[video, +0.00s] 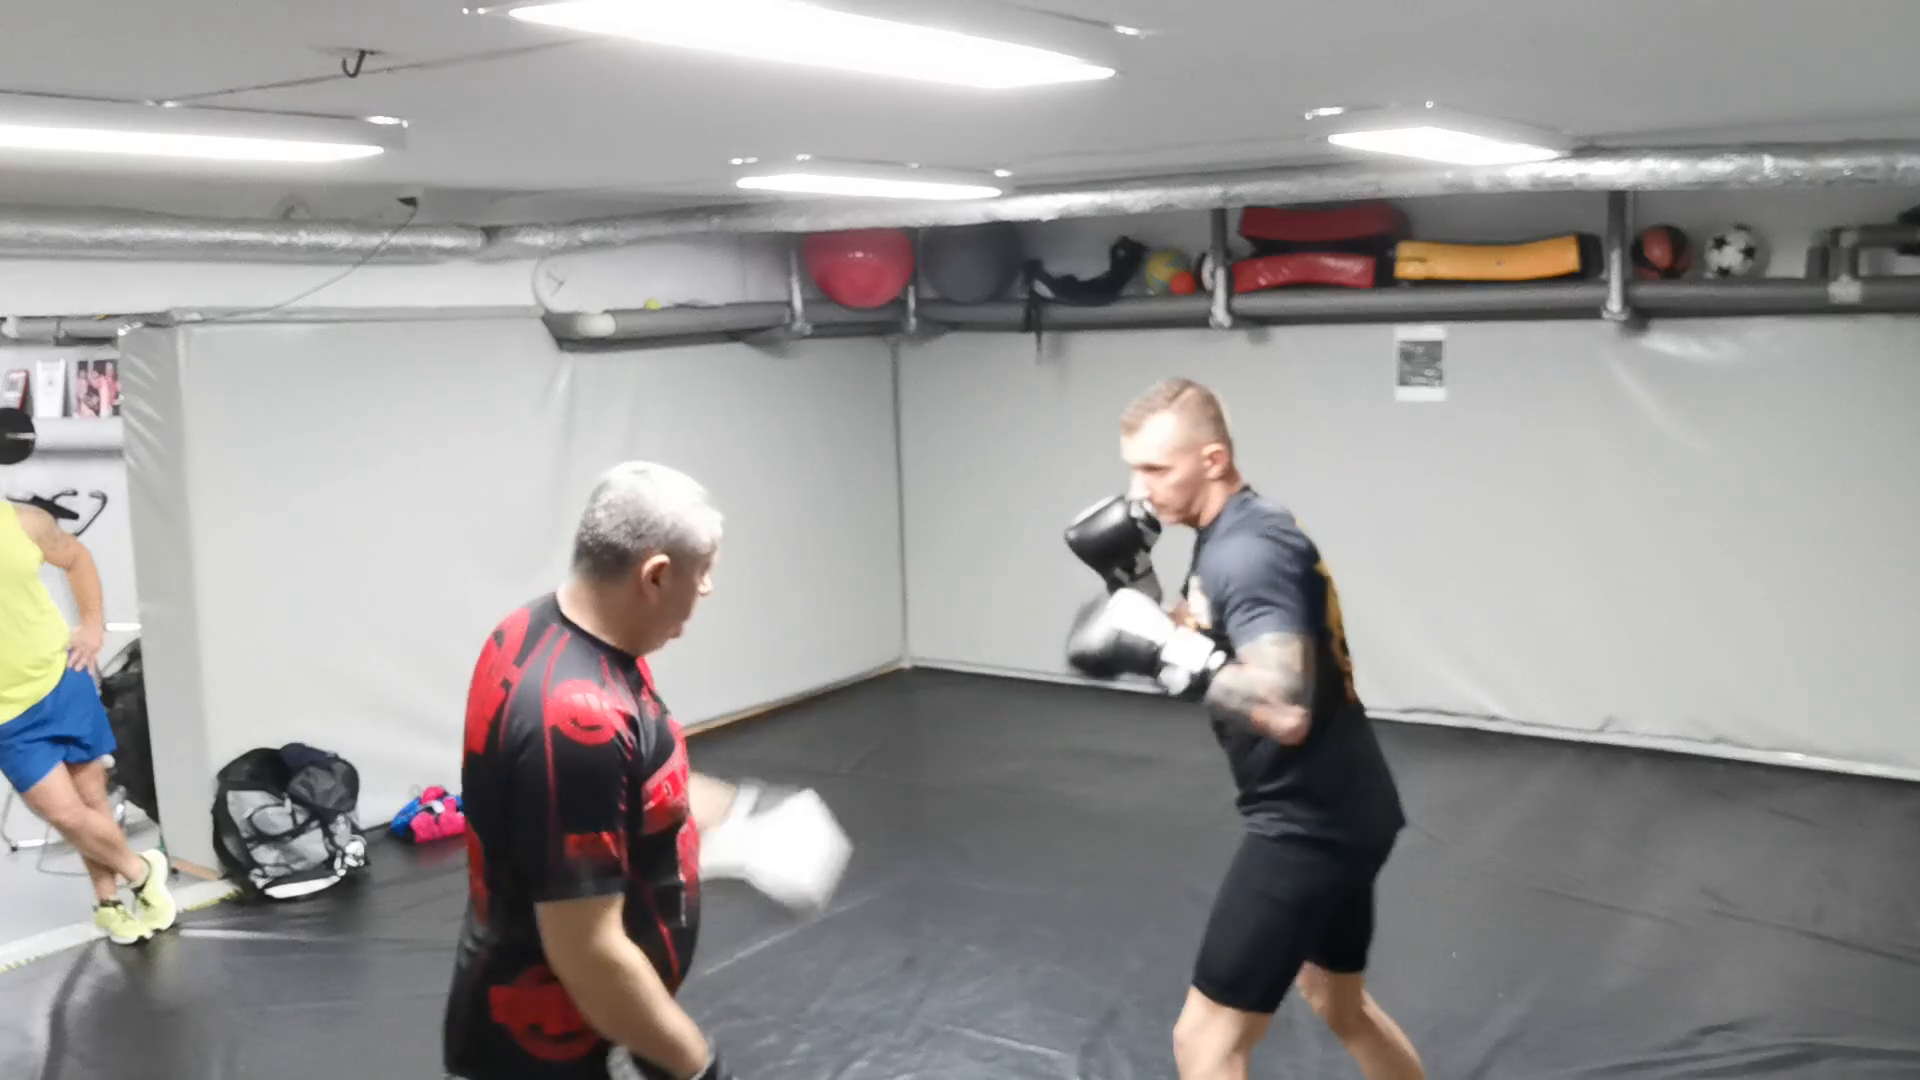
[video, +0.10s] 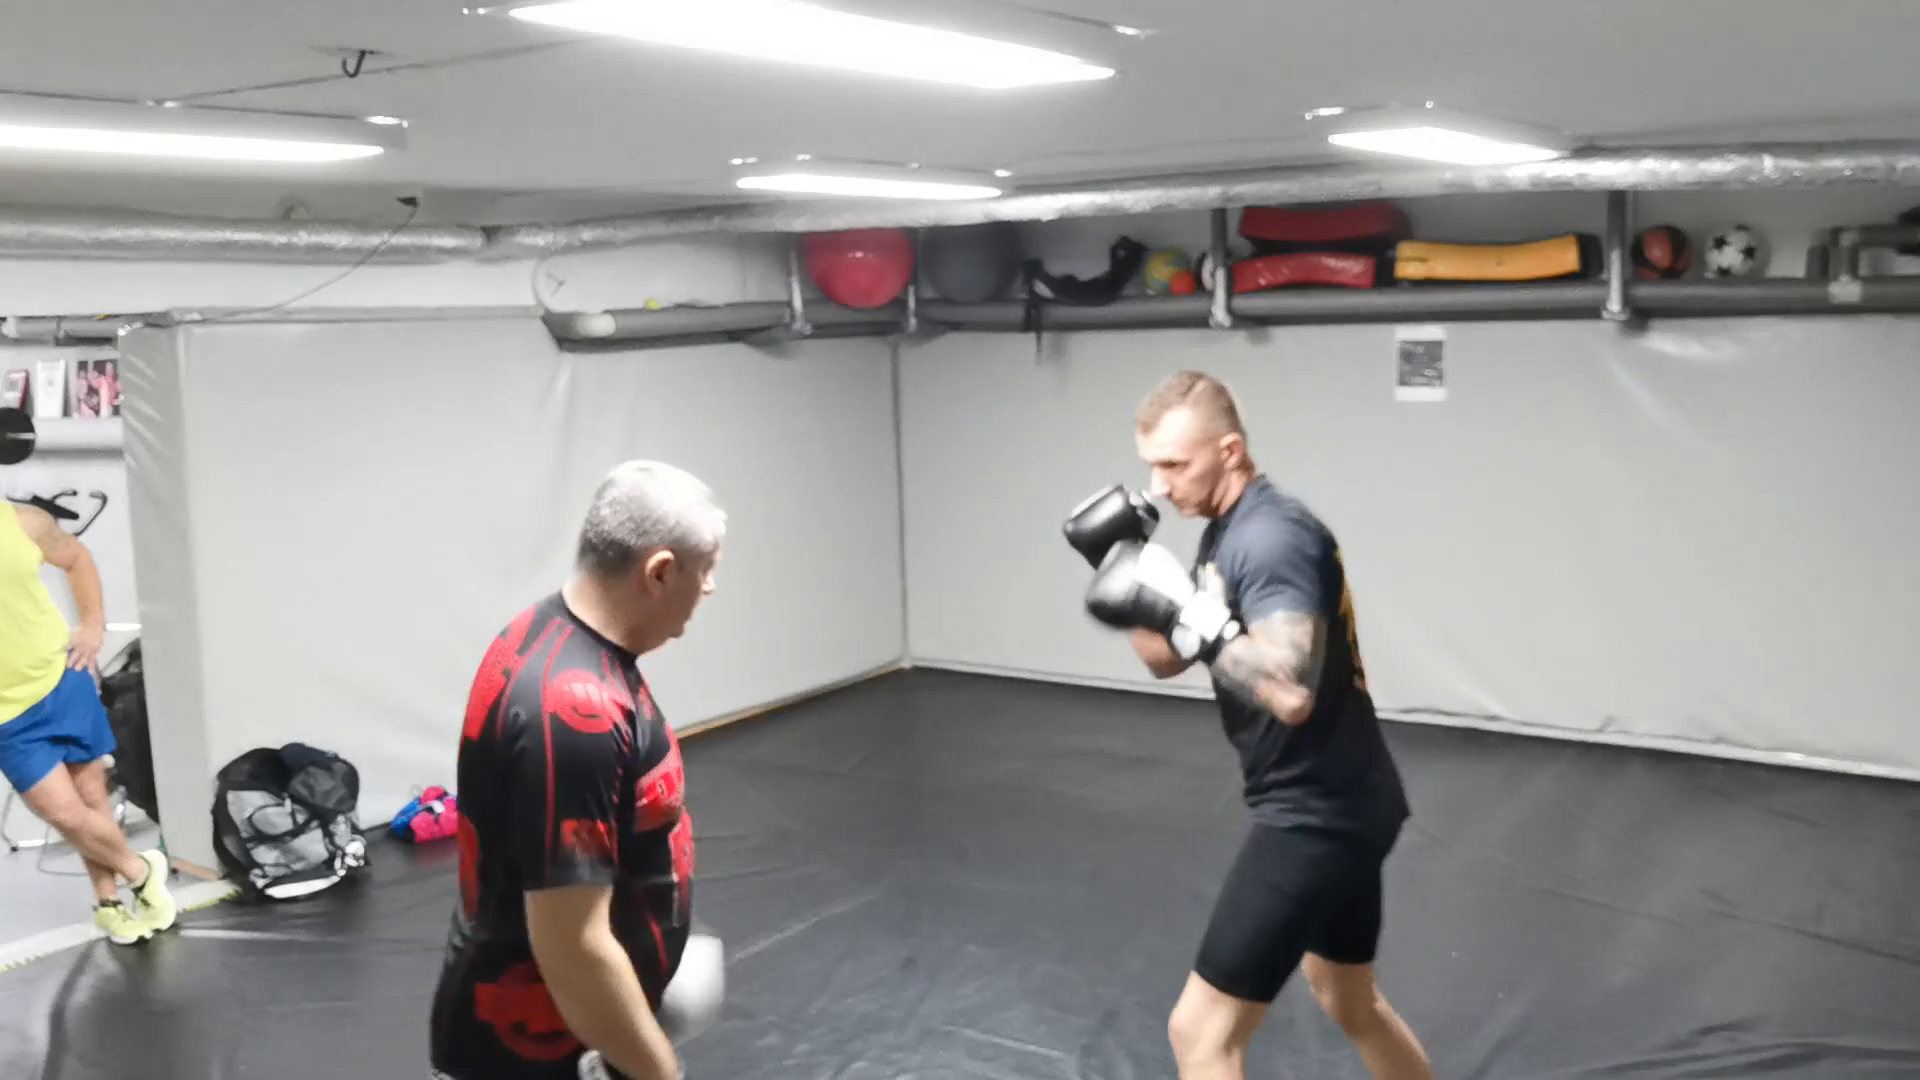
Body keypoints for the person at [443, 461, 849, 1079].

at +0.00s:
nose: (706, 590)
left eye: (708, 573)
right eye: (702, 573)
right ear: (654, 576)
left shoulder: (550, 631)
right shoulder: (572, 720)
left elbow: (639, 782)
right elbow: (586, 948)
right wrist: (697, 1062)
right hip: (553, 1053)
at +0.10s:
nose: (709, 588)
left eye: (712, 571)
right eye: (705, 570)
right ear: (658, 572)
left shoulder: (551, 631)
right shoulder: (571, 709)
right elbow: (571, 944)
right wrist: (659, 1068)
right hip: (541, 1049)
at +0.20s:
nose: (718, 595)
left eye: (721, 577)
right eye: (715, 576)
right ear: (666, 575)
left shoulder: (574, 639)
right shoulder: (567, 704)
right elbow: (555, 940)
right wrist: (635, 1070)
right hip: (537, 1051)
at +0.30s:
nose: (715, 598)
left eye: (718, 580)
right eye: (712, 579)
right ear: (665, 577)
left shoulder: (589, 649)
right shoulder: (557, 696)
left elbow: (610, 835)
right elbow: (545, 929)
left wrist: (666, 943)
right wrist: (628, 1070)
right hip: (511, 1047)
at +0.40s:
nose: (691, 590)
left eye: (693, 572)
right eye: (688, 571)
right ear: (639, 570)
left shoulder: (567, 646)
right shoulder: (541, 700)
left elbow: (638, 763)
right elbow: (543, 922)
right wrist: (635, 1065)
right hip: (518, 1047)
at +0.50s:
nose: (654, 586)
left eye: (657, 568)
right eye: (650, 567)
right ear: (602, 567)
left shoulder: (499, 632)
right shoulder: (528, 706)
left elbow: (633, 697)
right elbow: (552, 929)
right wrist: (650, 1061)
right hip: (531, 1046)